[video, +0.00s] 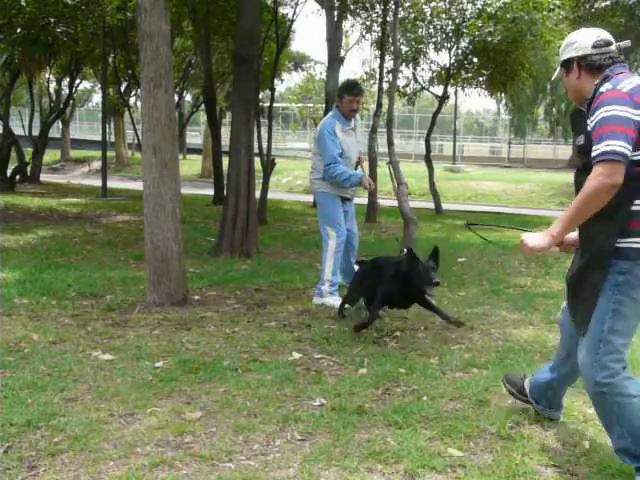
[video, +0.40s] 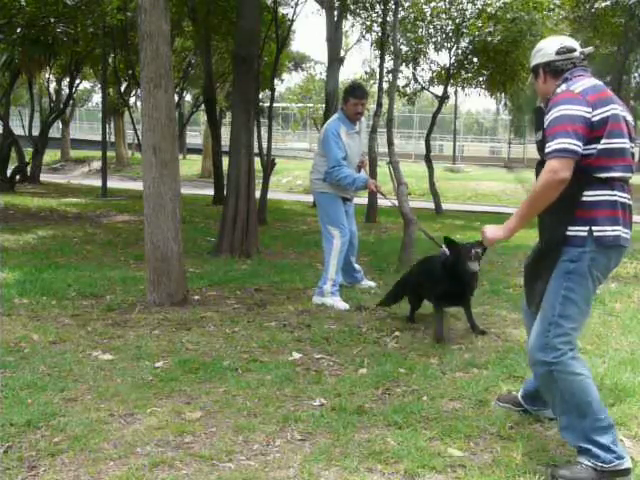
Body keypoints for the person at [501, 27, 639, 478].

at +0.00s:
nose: (564, 86)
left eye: (565, 76)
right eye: (564, 77)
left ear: (582, 70)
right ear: (595, 66)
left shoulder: (615, 98)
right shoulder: (616, 94)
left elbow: (608, 176)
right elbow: (619, 184)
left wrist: (552, 233)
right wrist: (581, 235)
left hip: (627, 251)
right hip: (608, 248)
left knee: (601, 364)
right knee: (575, 321)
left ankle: (635, 458)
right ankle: (546, 394)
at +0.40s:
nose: (536, 89)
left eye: (535, 80)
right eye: (535, 81)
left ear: (547, 74)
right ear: (571, 68)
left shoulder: (570, 96)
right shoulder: (596, 92)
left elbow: (557, 173)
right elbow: (614, 170)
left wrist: (508, 227)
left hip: (592, 235)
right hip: (595, 231)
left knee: (550, 346)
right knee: (537, 307)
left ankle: (605, 457)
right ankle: (540, 396)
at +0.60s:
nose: (528, 92)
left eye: (528, 84)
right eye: (528, 85)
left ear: (538, 77)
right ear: (570, 72)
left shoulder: (553, 102)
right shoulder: (608, 107)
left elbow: (514, 173)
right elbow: (619, 178)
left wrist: (462, 210)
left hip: (579, 235)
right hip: (600, 232)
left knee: (546, 348)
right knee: (535, 293)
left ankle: (605, 457)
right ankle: (526, 384)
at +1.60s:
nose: (487, 117)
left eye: (487, 110)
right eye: (487, 110)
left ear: (496, 107)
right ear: (524, 101)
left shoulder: (510, 130)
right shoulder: (551, 128)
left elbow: (466, 187)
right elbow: (561, 200)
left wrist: (416, 195)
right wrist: (509, 228)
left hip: (551, 247)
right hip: (577, 245)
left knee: (516, 350)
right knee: (506, 294)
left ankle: (568, 453)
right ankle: (505, 383)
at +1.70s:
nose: (478, 139)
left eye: (478, 131)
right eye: (478, 132)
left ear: (487, 127)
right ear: (510, 121)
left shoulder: (510, 139)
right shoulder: (525, 138)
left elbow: (507, 197)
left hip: (569, 246)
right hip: (554, 245)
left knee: (517, 339)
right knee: (498, 303)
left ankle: (564, 449)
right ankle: (503, 383)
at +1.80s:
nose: (470, 151)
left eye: (470, 143)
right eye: (468, 144)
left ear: (480, 137)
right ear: (489, 139)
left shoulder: (514, 143)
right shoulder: (498, 175)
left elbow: (551, 184)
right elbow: (483, 232)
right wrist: (451, 264)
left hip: (580, 249)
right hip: (550, 253)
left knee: (531, 341)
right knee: (498, 307)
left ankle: (589, 452)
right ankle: (506, 385)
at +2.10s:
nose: (480, 136)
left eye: (479, 126)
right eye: (479, 127)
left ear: (490, 121)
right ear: (502, 119)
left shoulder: (525, 132)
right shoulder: (519, 152)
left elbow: (558, 177)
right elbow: (543, 228)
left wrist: (533, 246)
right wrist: (505, 265)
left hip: (593, 249)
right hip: (566, 251)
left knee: (558, 360)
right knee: (527, 317)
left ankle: (622, 461)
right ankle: (511, 385)